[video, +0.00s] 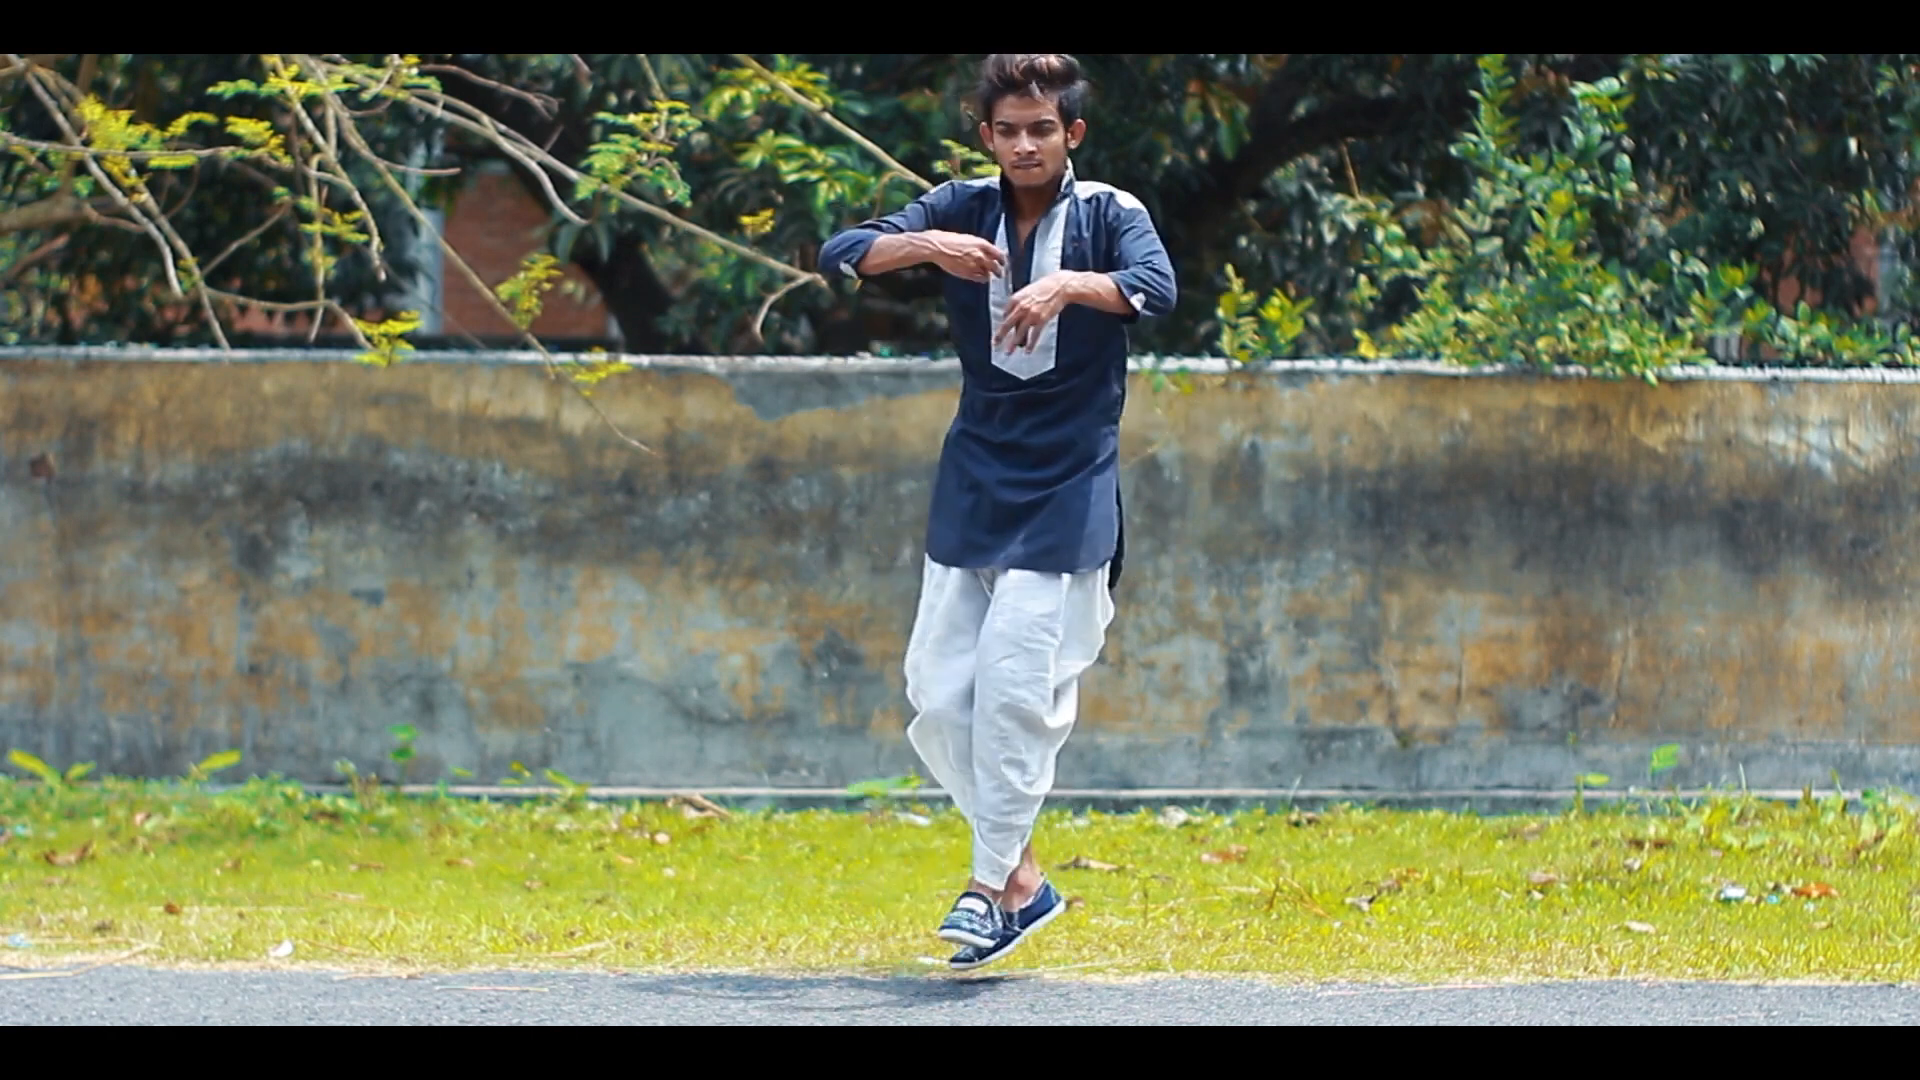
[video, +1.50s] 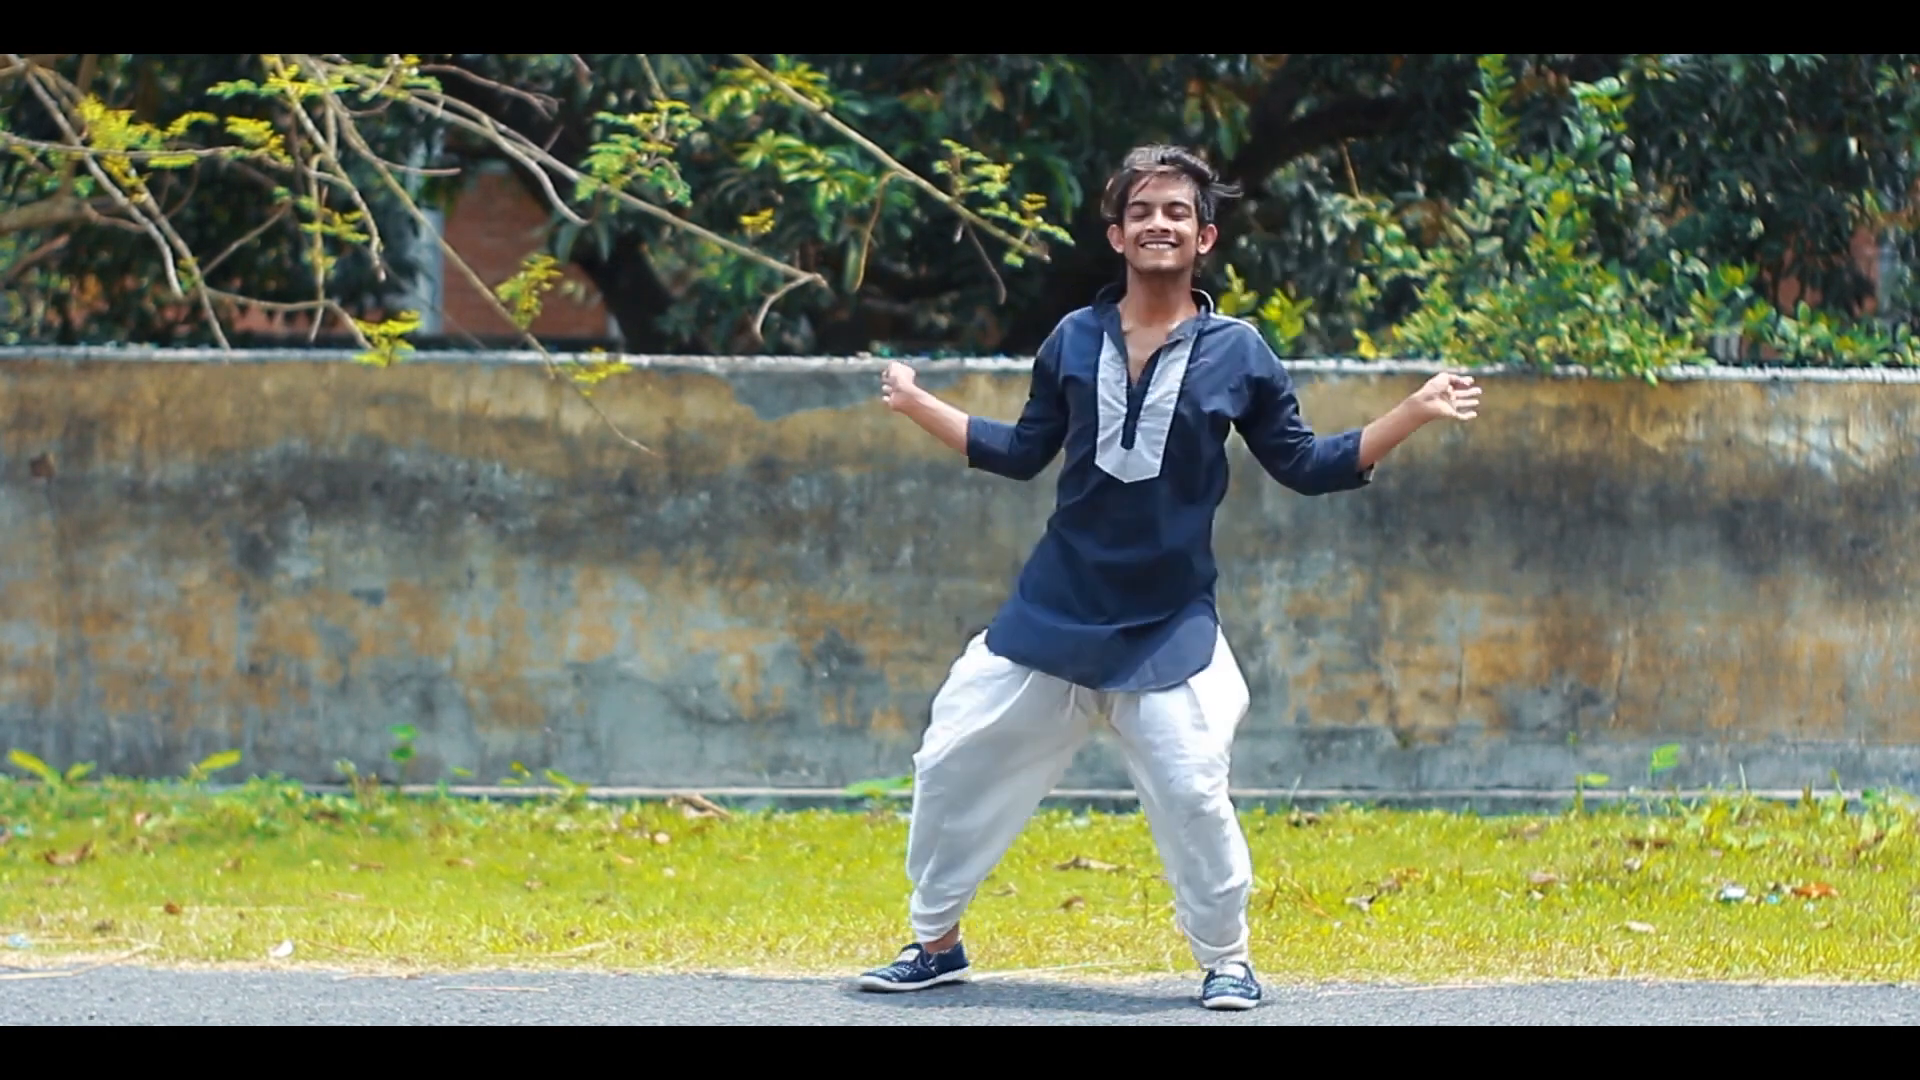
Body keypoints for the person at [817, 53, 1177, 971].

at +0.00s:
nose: (1023, 145)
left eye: (1040, 129)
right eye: (1008, 130)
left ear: (1073, 132)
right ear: (985, 132)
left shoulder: (1110, 212)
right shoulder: (959, 205)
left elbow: (1155, 289)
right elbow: (837, 253)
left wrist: (1066, 287)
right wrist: (924, 246)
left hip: (1067, 491)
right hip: (973, 485)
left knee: (1017, 690)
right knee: (936, 695)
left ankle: (986, 892)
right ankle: (1022, 884)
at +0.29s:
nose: (1074, 182)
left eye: (1091, 164)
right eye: (1059, 167)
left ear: (1132, 168)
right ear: (1045, 172)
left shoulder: (1165, 261)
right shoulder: (1023, 259)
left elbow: (1246, 293)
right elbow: (900, 266)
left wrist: (1193, 182)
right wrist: (967, 173)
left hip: (1110, 535)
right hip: (1025, 528)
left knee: (1056, 729)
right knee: (1027, 736)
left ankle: (998, 920)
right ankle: (1085, 912)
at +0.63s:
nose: (1113, 270)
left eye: (1130, 252)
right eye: (1106, 254)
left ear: (1185, 251)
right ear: (1106, 258)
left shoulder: (1218, 345)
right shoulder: (1118, 324)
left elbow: (1300, 298)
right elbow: (1081, 271)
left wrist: (1228, 235)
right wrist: (1116, 220)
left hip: (1181, 608)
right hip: (1095, 608)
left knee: (1184, 797)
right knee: (973, 717)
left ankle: (1238, 957)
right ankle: (945, 941)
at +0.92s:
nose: (1150, 227)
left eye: (1163, 210)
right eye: (1142, 210)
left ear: (1212, 198)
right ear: (1143, 203)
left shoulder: (1273, 275)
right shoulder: (1155, 263)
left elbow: (1234, 275)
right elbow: (1051, 226)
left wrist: (1221, 208)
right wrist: (1130, 178)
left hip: (1161, 539)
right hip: (1079, 518)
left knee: (1161, 756)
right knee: (987, 713)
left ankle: (1228, 932)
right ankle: (937, 915)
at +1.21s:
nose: (1169, 218)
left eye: (1186, 200)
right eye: (1157, 205)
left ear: (1232, 203)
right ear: (1145, 210)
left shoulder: (1263, 296)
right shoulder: (1138, 279)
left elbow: (1339, 310)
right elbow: (1022, 257)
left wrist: (1261, 226)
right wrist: (1089, 201)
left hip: (1183, 565)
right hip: (1093, 545)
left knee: (1191, 778)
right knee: (958, 690)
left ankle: (1205, 956)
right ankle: (945, 911)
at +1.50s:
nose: (1156, 225)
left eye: (1175, 213)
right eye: (1141, 212)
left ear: (1203, 237)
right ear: (1117, 232)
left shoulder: (1235, 348)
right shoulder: (1076, 336)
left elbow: (1304, 464)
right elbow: (1021, 450)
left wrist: (1415, 410)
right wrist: (915, 401)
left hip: (1167, 611)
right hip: (1058, 599)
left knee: (1192, 788)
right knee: (948, 758)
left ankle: (1226, 965)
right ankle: (935, 944)